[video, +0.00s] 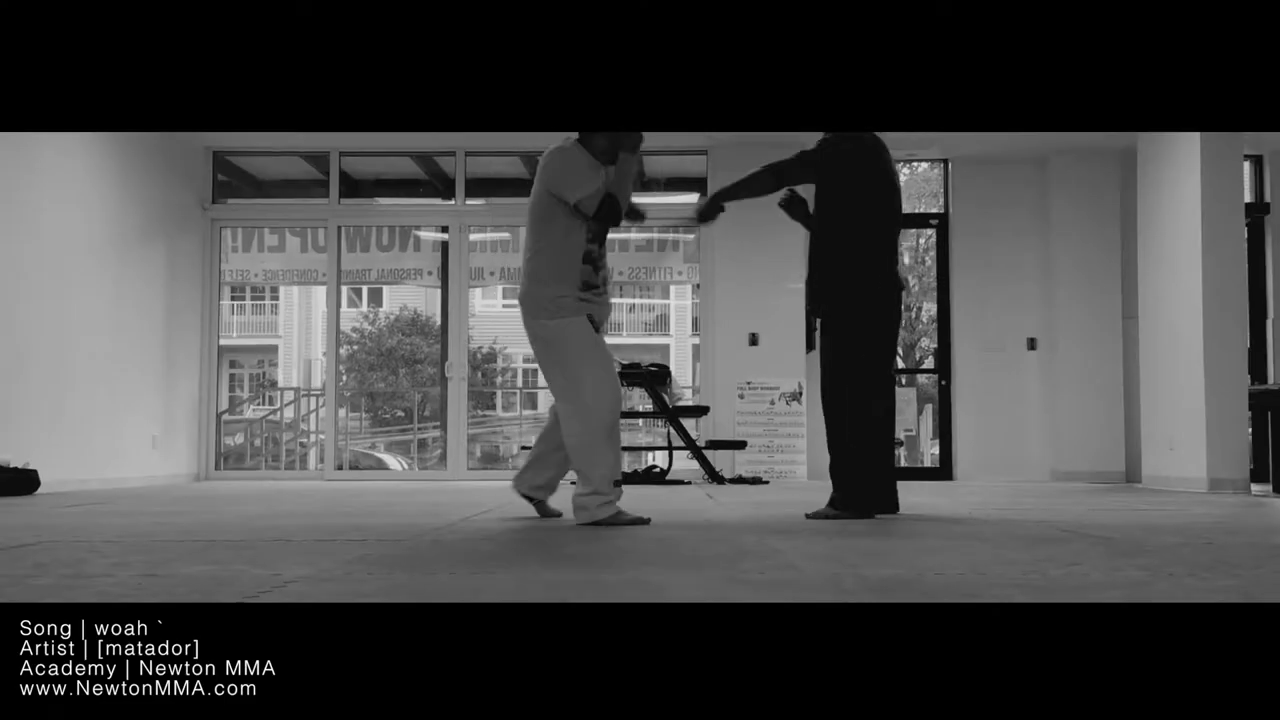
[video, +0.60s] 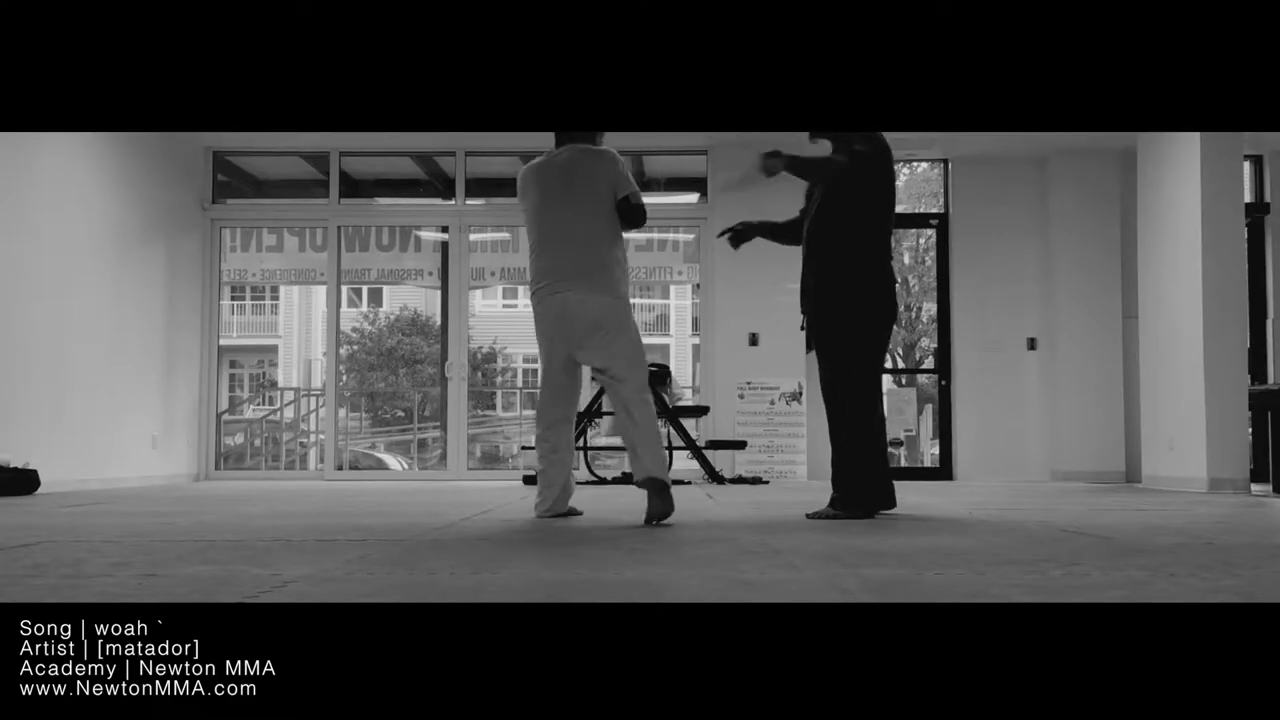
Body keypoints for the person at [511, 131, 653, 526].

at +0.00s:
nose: (624, 153)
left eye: (626, 147)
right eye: (622, 145)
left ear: (600, 136)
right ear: (602, 136)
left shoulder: (590, 167)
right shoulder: (563, 159)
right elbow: (610, 212)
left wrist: (627, 209)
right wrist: (628, 159)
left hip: (578, 306)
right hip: (554, 305)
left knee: (584, 396)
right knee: (597, 392)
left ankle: (534, 482)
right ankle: (596, 504)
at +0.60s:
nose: (602, 143)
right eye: (602, 138)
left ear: (556, 138)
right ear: (596, 136)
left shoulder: (528, 174)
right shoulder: (606, 159)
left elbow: (541, 219)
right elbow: (635, 215)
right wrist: (591, 211)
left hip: (549, 294)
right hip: (600, 292)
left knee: (557, 396)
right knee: (631, 389)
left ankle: (552, 499)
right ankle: (656, 484)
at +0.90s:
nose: (620, 153)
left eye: (619, 147)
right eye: (619, 146)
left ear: (581, 142)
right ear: (612, 144)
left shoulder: (544, 180)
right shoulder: (601, 169)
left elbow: (575, 225)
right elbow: (634, 226)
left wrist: (624, 189)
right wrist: (650, 188)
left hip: (536, 303)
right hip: (580, 301)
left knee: (566, 401)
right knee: (631, 391)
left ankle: (553, 501)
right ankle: (613, 484)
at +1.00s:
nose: (638, 193)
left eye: (638, 187)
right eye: (638, 185)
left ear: (606, 166)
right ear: (630, 177)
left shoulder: (572, 191)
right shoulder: (603, 188)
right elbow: (655, 236)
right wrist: (654, 182)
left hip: (531, 321)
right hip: (565, 320)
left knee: (575, 408)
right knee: (630, 397)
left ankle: (553, 499)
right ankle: (603, 499)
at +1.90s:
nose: (636, 144)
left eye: (636, 139)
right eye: (636, 138)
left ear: (598, 130)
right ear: (624, 134)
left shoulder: (577, 159)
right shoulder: (604, 152)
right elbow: (620, 221)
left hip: (561, 301)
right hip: (582, 302)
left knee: (578, 399)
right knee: (611, 401)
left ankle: (540, 489)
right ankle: (605, 506)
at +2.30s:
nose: (607, 144)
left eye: (607, 139)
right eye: (606, 138)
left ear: (557, 135)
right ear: (594, 136)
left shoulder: (526, 169)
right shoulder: (587, 161)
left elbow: (546, 223)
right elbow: (593, 227)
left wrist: (594, 174)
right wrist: (613, 212)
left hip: (518, 300)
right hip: (559, 298)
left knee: (542, 396)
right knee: (589, 391)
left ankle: (537, 494)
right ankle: (556, 491)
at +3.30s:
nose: (565, 175)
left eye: (566, 169)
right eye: (562, 168)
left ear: (528, 161)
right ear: (547, 164)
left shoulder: (507, 188)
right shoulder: (526, 187)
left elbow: (557, 241)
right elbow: (554, 243)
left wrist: (571, 203)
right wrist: (573, 202)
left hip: (493, 321)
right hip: (517, 320)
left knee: (520, 406)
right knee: (541, 398)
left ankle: (511, 490)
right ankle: (515, 492)